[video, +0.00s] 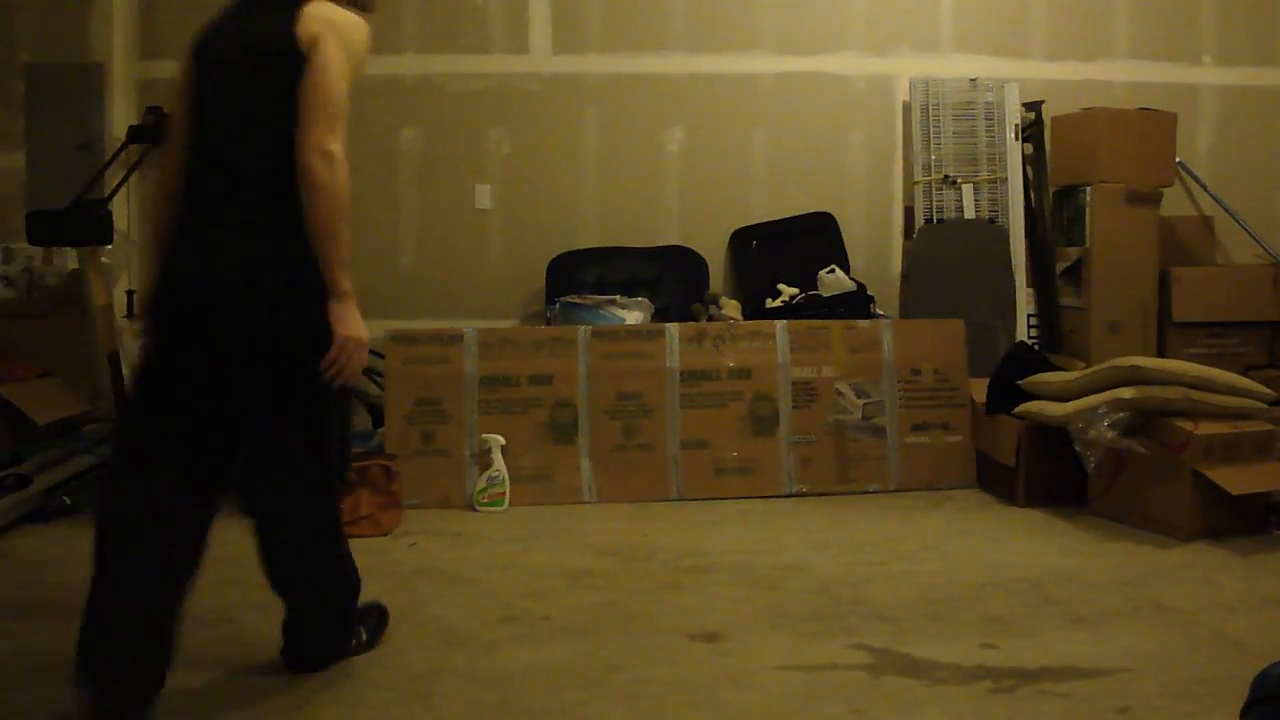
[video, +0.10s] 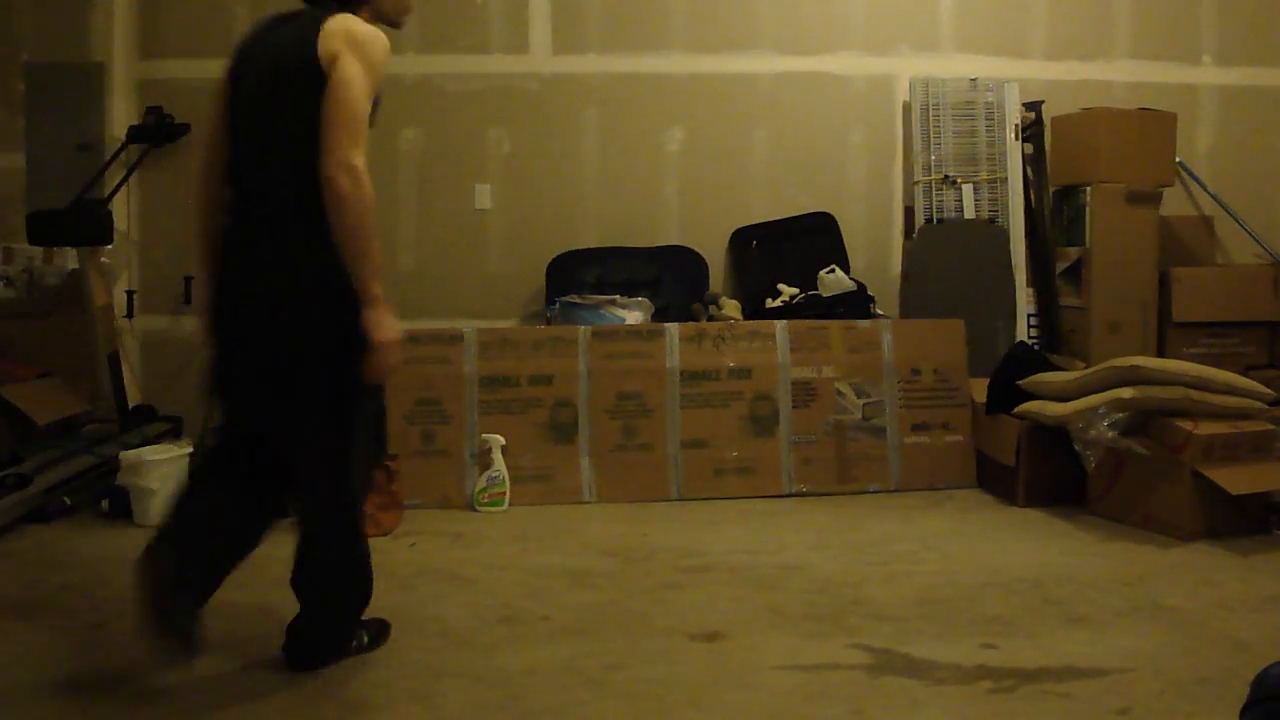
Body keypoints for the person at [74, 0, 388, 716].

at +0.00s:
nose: (373, 11)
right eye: (369, 6)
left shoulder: (216, 30)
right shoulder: (334, 24)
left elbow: (173, 167)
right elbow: (320, 155)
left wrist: (156, 287)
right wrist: (343, 294)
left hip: (196, 288)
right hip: (281, 290)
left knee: (159, 482)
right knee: (295, 457)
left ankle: (116, 679)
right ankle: (320, 626)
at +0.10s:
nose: (408, 9)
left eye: (406, 3)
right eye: (403, 0)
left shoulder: (261, 41)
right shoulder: (359, 38)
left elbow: (216, 177)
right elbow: (343, 171)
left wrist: (217, 290)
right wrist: (374, 301)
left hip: (250, 288)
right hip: (320, 293)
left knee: (260, 444)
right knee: (334, 452)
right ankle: (327, 625)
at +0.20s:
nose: (429, 8)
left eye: (429, 4)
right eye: (427, 2)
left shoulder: (297, 34)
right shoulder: (372, 26)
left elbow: (247, 162)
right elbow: (353, 149)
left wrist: (275, 244)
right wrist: (404, 255)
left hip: (287, 268)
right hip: (340, 268)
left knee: (359, 423)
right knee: (379, 433)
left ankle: (263, 509)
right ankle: (325, 628)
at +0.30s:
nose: (447, 3)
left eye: (445, 0)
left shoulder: (333, 21)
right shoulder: (382, 11)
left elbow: (264, 131)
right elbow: (359, 108)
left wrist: (312, 190)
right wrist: (417, 187)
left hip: (328, 237)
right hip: (350, 244)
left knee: (431, 379)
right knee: (377, 422)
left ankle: (364, 545)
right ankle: (319, 621)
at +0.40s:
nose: (469, 5)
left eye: (469, 4)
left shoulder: (369, 22)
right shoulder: (404, 9)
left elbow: (292, 120)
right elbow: (367, 101)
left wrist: (349, 171)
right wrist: (430, 170)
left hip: (368, 245)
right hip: (374, 248)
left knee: (444, 399)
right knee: (384, 421)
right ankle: (313, 600)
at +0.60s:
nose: (545, 6)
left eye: (546, 0)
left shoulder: (454, 36)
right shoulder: (469, 30)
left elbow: (359, 131)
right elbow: (417, 123)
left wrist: (410, 200)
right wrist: (474, 210)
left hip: (424, 270)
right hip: (422, 272)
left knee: (490, 430)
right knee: (406, 436)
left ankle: (522, 585)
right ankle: (313, 593)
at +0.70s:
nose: (581, 10)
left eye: (581, 2)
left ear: (538, 5)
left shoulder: (491, 47)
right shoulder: (495, 38)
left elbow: (395, 128)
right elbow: (433, 115)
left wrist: (450, 201)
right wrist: (502, 206)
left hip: (451, 267)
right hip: (458, 270)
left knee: (488, 437)